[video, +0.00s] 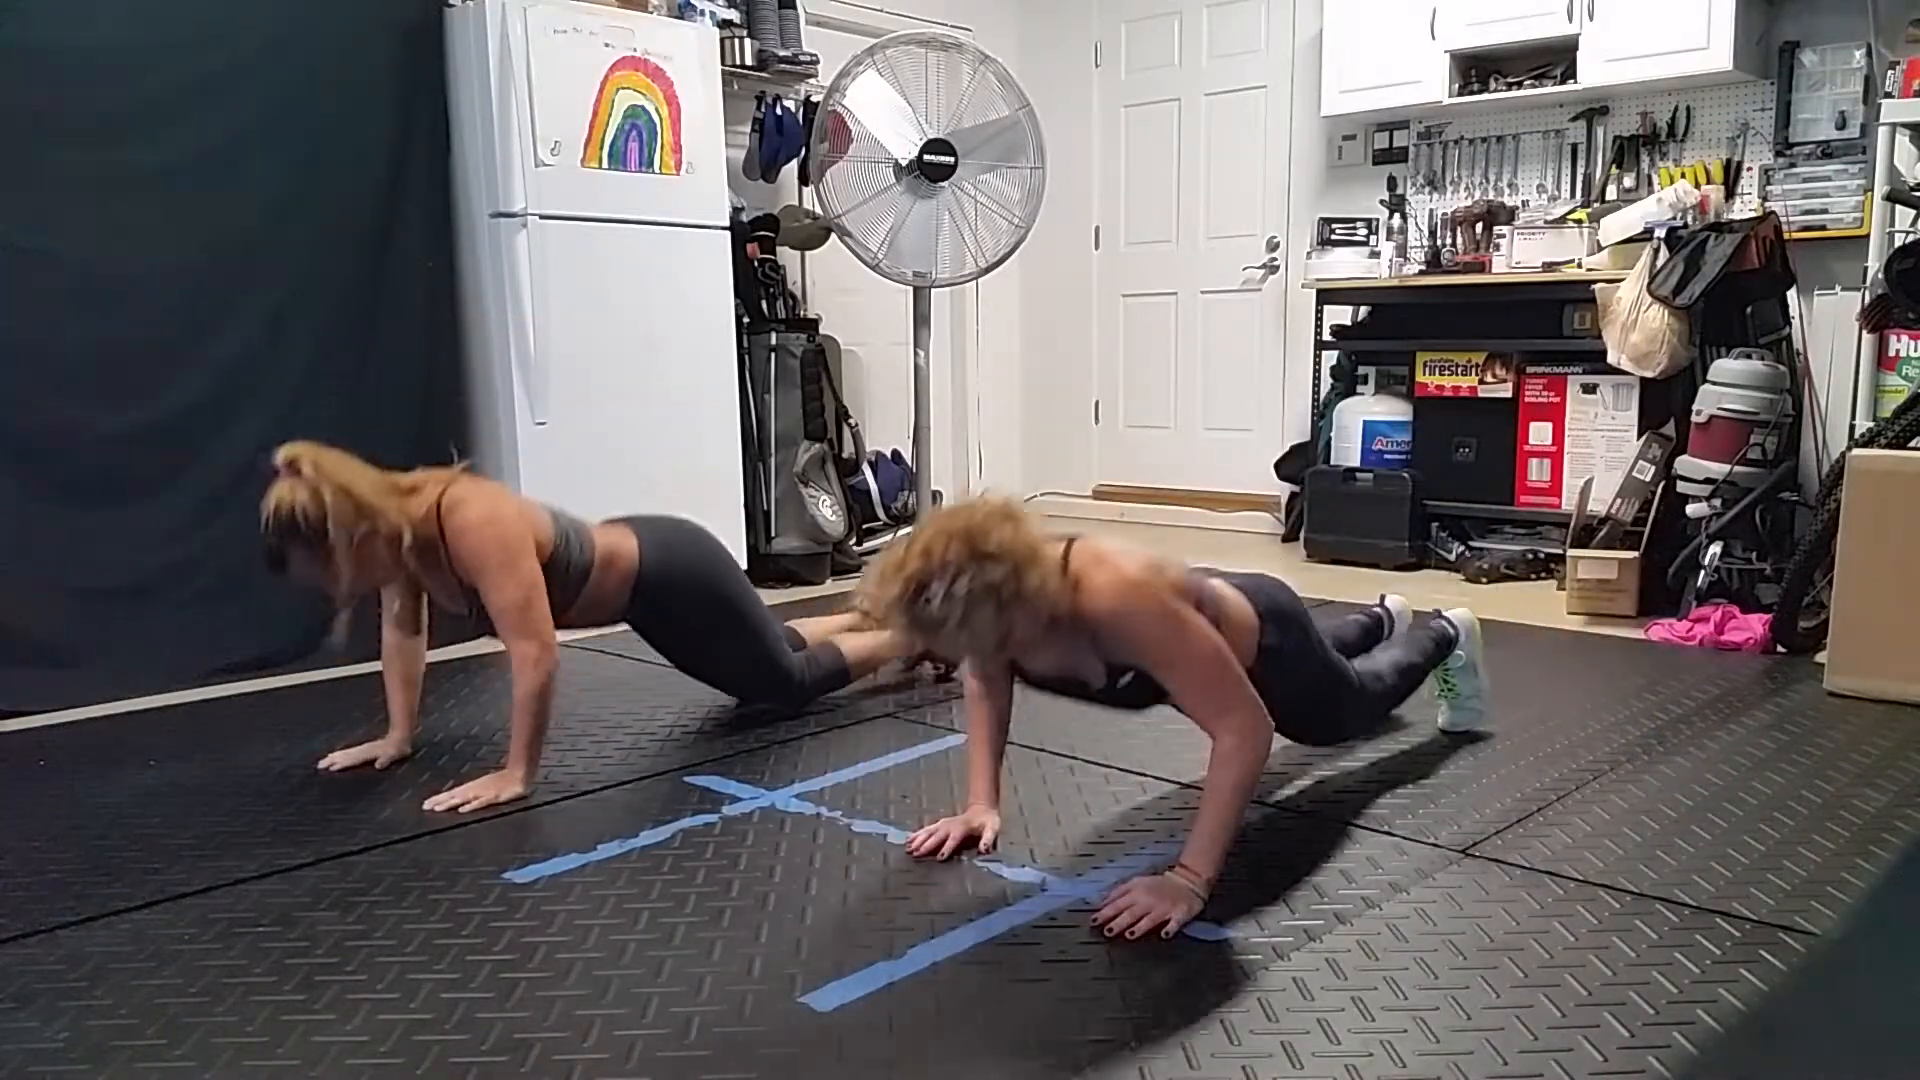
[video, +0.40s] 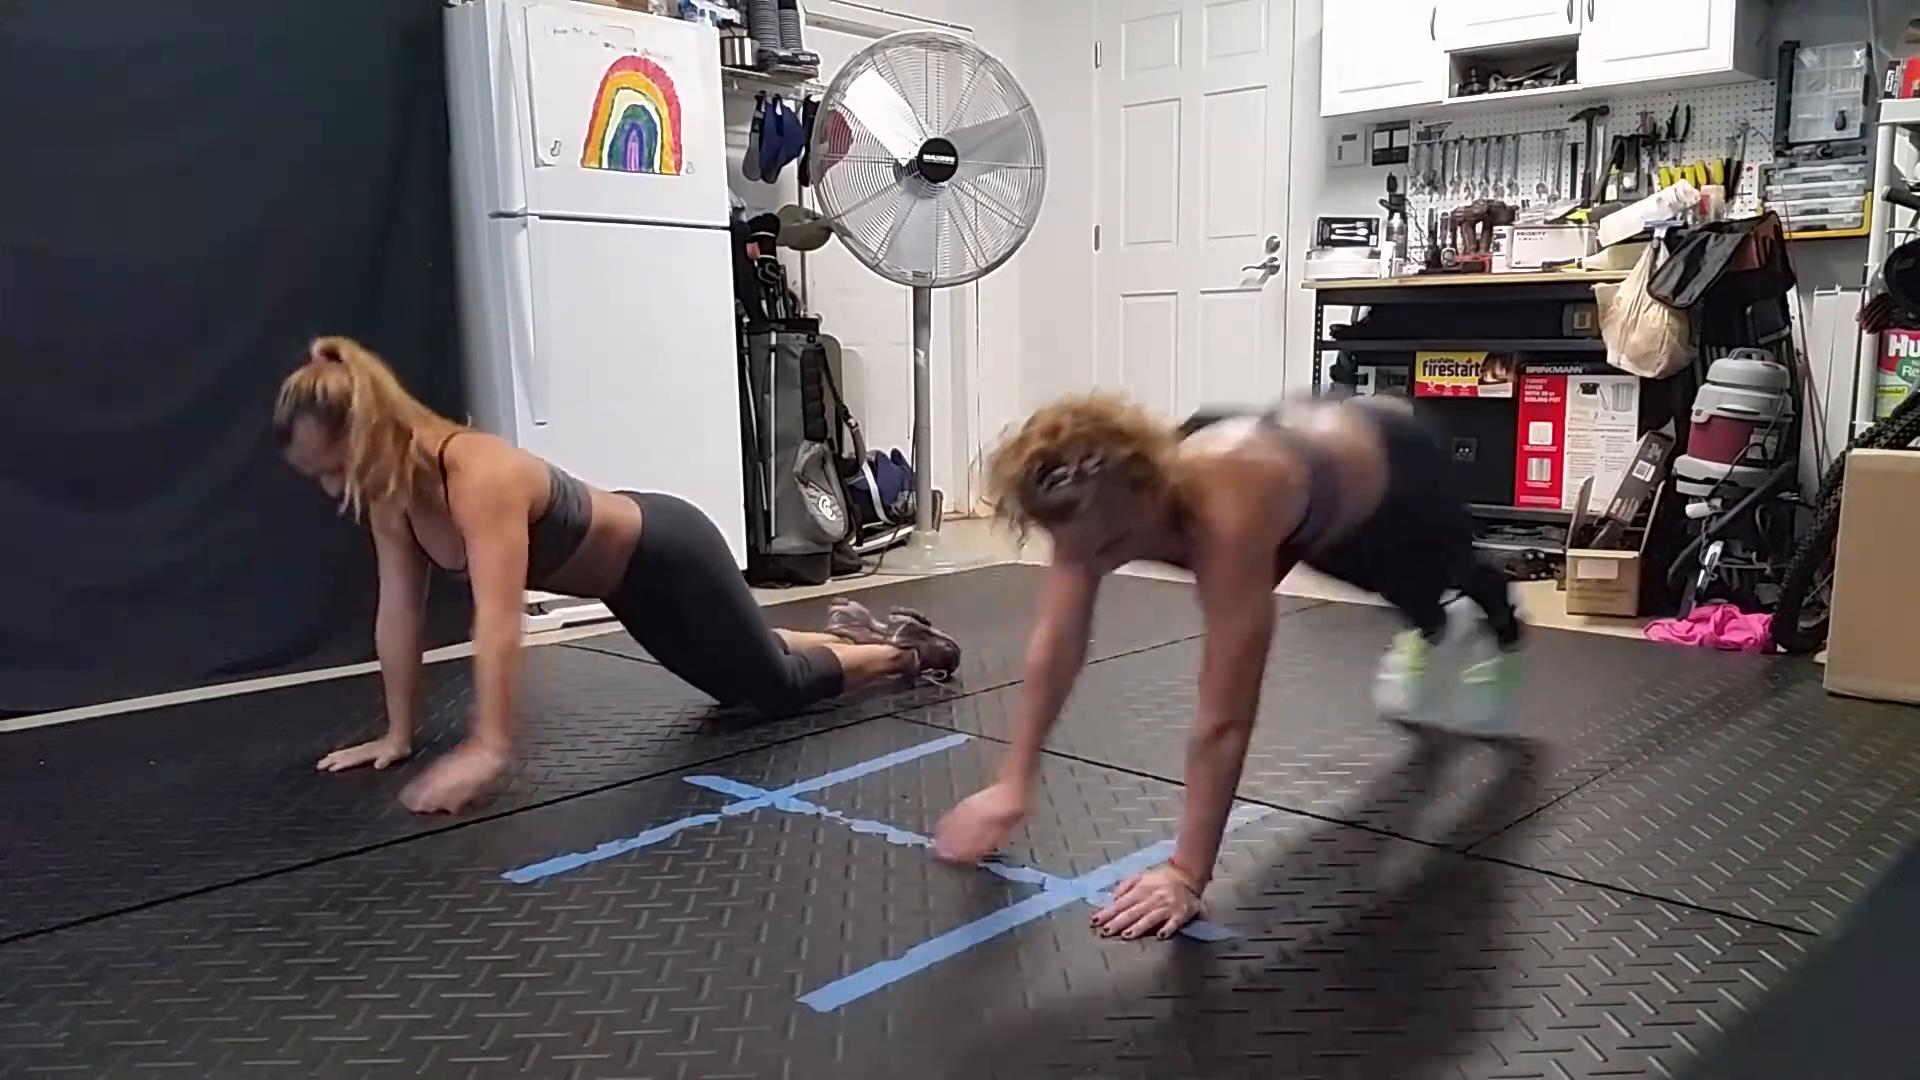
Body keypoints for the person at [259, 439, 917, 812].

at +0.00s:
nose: (331, 591)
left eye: (324, 573)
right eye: (318, 582)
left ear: (348, 536)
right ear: (342, 534)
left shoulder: (472, 519)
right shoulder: (397, 524)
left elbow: (535, 649)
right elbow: (404, 627)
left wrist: (517, 774)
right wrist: (398, 735)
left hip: (669, 576)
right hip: (636, 576)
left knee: (795, 679)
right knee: (771, 653)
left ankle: (918, 635)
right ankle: (883, 616)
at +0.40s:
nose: (329, 487)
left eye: (326, 469)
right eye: (316, 476)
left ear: (362, 430)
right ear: (336, 444)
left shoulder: (476, 474)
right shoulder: (392, 488)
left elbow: (501, 616)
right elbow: (399, 608)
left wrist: (489, 747)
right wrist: (396, 731)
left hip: (667, 556)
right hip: (628, 576)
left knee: (773, 681)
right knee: (740, 669)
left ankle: (895, 656)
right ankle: (844, 641)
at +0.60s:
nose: (326, 424)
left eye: (334, 409)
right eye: (316, 415)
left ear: (383, 402)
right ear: (339, 429)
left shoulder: (474, 442)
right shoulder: (398, 497)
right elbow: (399, 615)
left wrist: (259, 447)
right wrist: (396, 734)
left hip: (673, 554)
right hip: (630, 586)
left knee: (783, 681)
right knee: (747, 669)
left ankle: (892, 659)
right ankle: (851, 638)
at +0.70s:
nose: (342, 488)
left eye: (338, 472)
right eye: (327, 480)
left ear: (370, 427)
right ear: (338, 459)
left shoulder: (458, 439)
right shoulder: (398, 500)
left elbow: (368, 385)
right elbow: (398, 612)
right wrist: (399, 734)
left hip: (668, 553)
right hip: (626, 582)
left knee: (781, 683)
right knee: (756, 662)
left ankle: (904, 656)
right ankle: (870, 645)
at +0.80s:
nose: (340, 483)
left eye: (336, 465)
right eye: (324, 476)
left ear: (368, 426)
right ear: (332, 456)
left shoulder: (462, 431)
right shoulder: (394, 501)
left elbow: (371, 384)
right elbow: (398, 613)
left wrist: (245, 343)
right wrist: (398, 735)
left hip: (668, 554)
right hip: (624, 587)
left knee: (782, 684)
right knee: (758, 670)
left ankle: (900, 656)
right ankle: (869, 648)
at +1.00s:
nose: (334, 491)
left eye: (332, 471)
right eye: (317, 484)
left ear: (365, 425)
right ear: (318, 472)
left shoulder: (469, 449)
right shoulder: (386, 496)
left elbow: (483, 568)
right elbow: (396, 609)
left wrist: (412, 658)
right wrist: (398, 735)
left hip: (659, 560)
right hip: (619, 592)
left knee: (782, 678)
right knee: (743, 670)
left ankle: (898, 656)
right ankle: (849, 640)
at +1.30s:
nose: (316, 588)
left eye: (309, 572)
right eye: (301, 581)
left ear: (327, 535)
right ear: (317, 535)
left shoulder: (453, 519)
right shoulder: (379, 532)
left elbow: (522, 648)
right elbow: (405, 633)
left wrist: (506, 776)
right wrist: (400, 737)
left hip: (653, 589)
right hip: (620, 588)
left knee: (789, 678)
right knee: (752, 653)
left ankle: (912, 652)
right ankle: (858, 634)